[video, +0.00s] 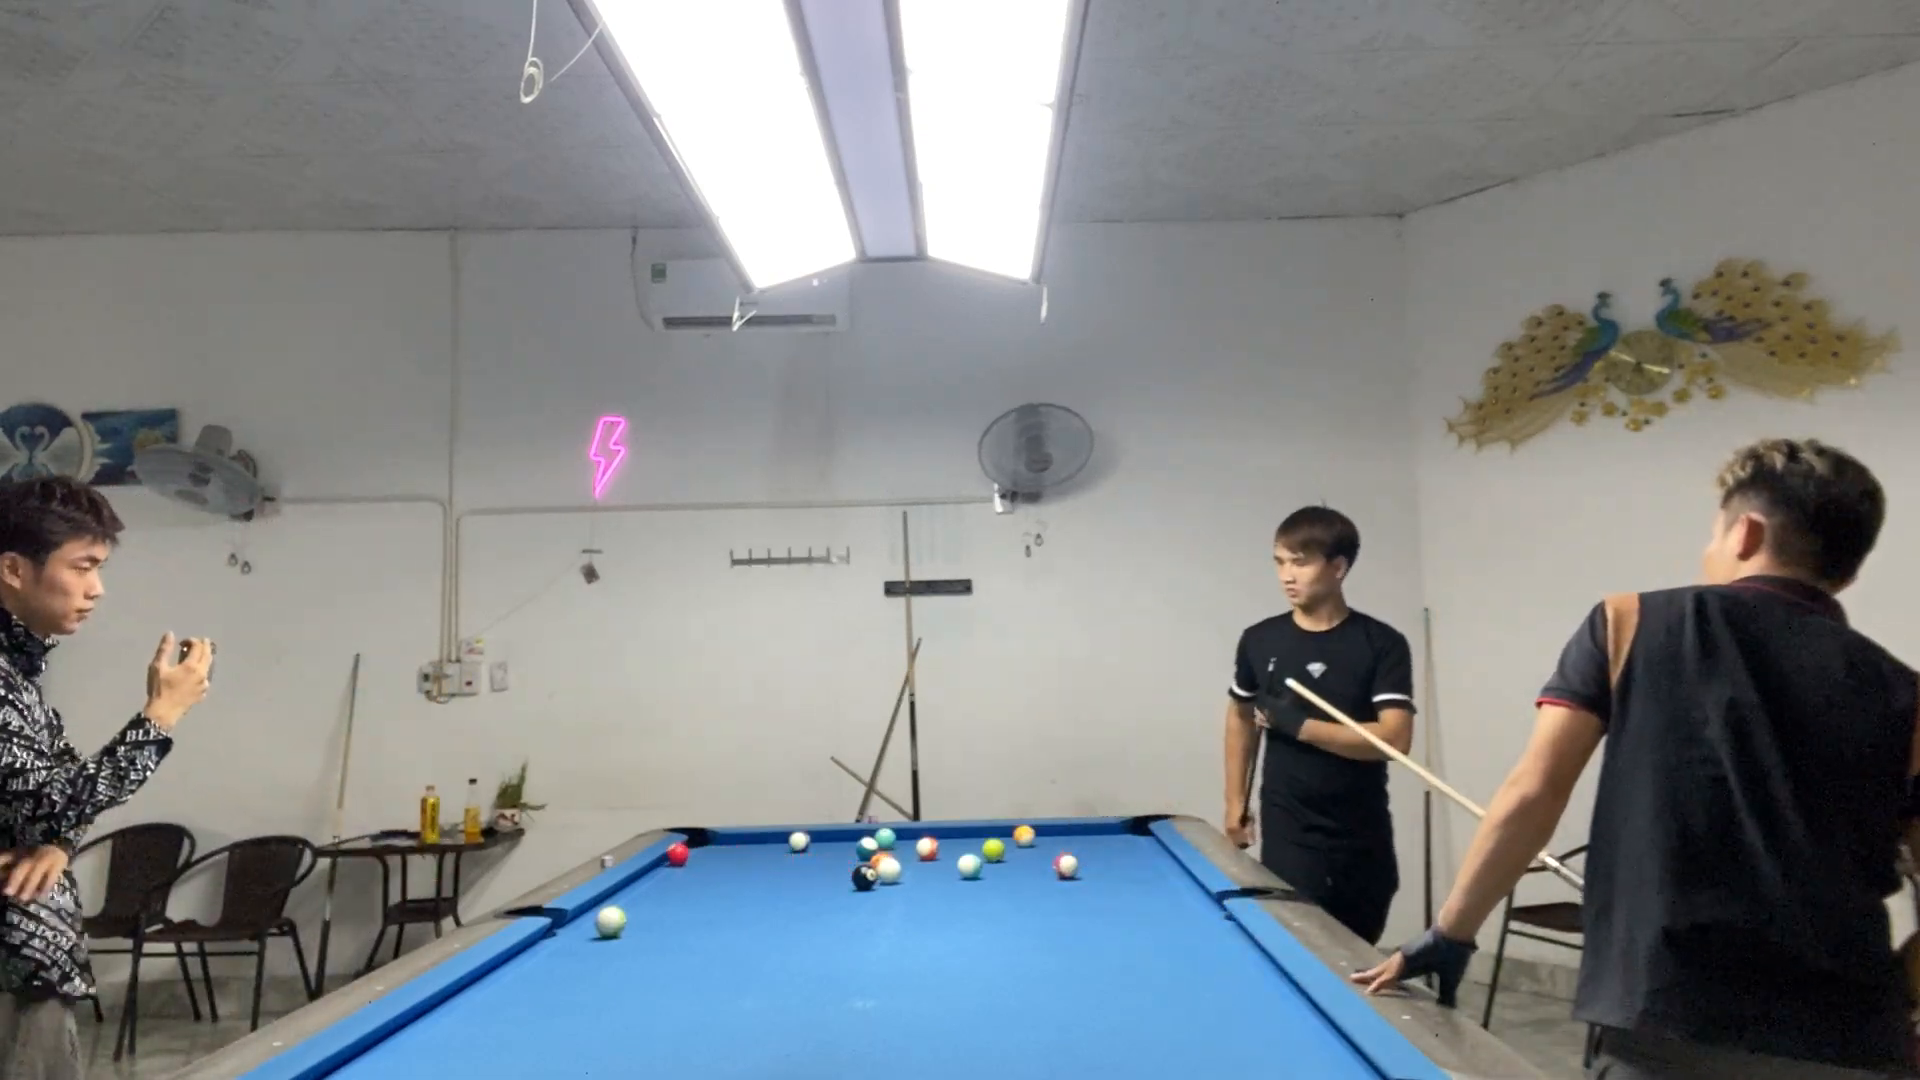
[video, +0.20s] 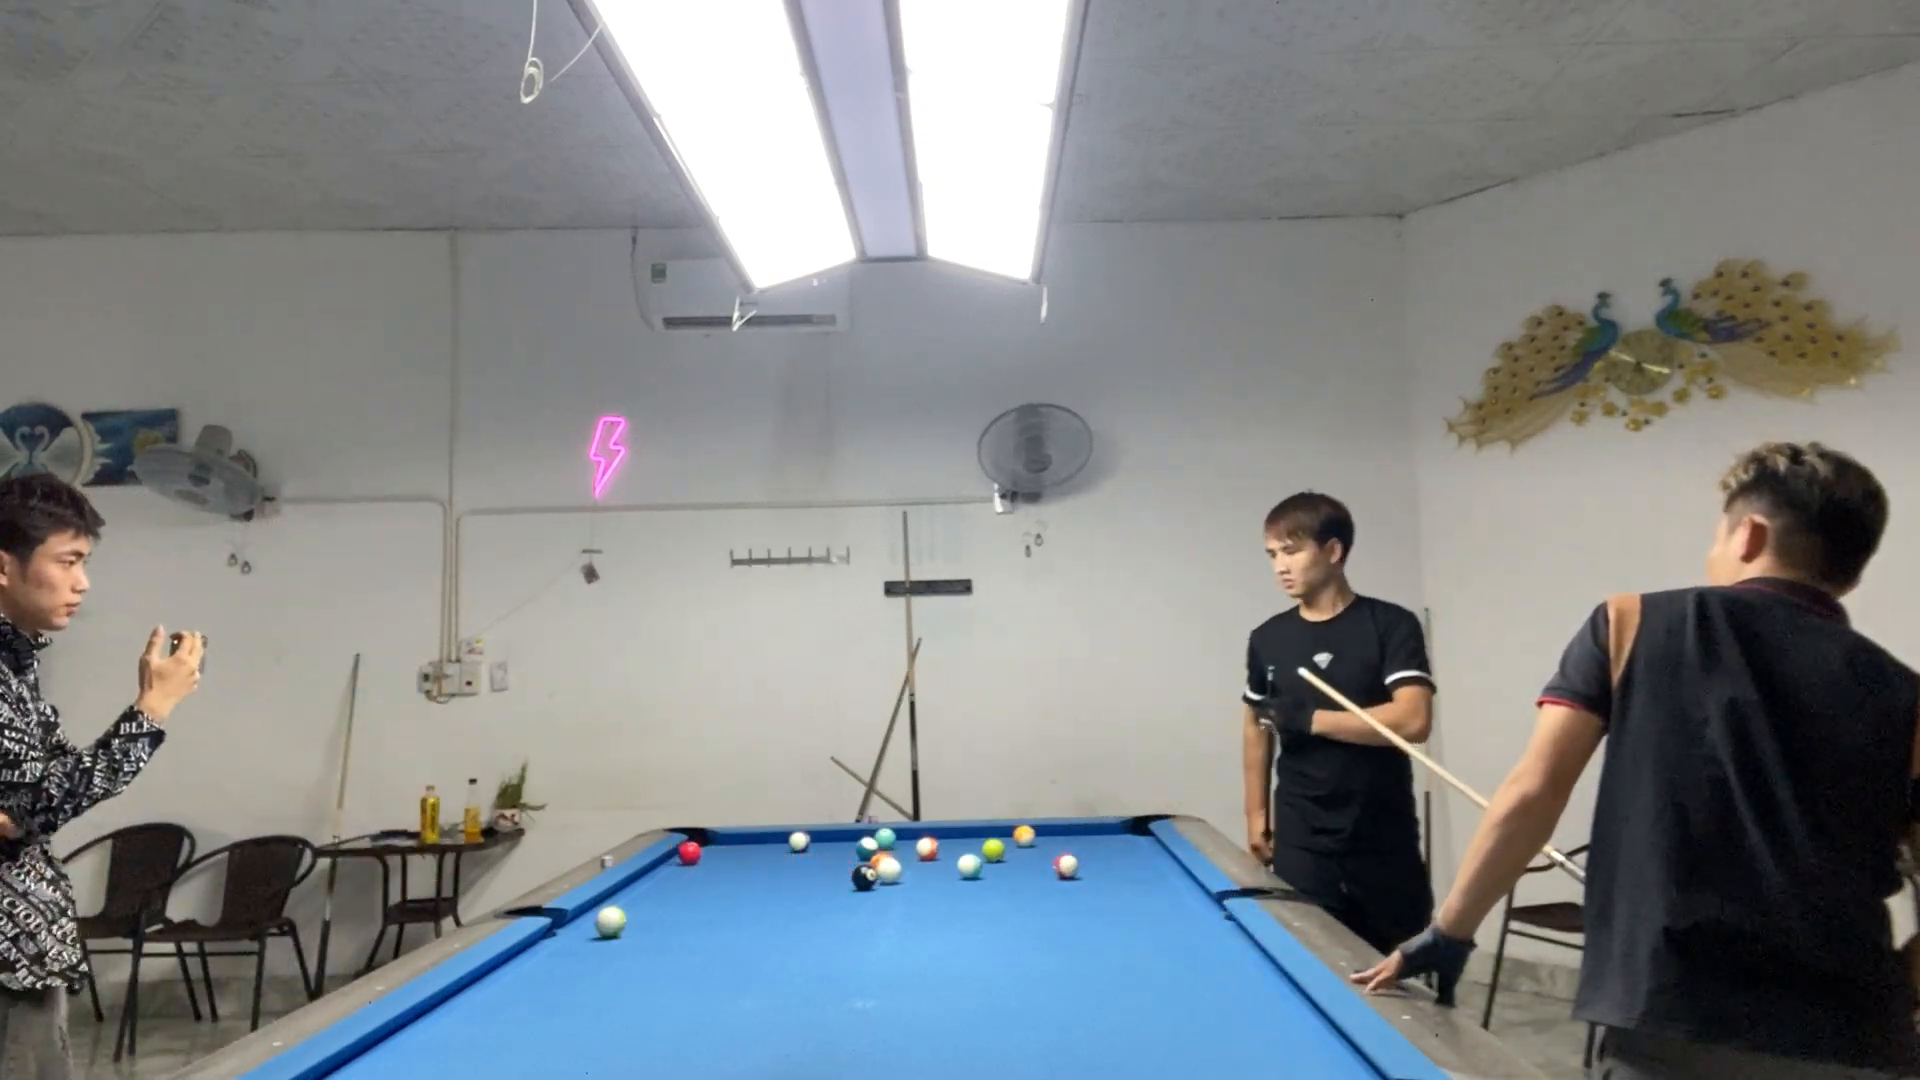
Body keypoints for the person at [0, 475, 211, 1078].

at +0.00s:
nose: (97, 588)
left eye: (99, 568)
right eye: (82, 566)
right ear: (14, 570)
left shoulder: (21, 673)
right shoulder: (3, 678)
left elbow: (69, 782)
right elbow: (46, 813)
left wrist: (56, 845)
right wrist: (159, 717)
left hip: (42, 980)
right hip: (21, 988)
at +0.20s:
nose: (82, 583)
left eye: (83, 563)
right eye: (68, 561)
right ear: (8, 566)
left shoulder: (19, 663)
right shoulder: (6, 668)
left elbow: (61, 774)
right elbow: (32, 802)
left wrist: (20, 816)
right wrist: (153, 708)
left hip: (39, 957)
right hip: (16, 965)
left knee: (52, 1067)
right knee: (37, 1068)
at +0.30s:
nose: (79, 581)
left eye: (79, 562)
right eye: (63, 560)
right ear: (6, 566)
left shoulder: (16, 666)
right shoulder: (5, 671)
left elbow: (46, 784)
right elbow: (33, 801)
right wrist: (148, 707)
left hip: (36, 961)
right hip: (15, 968)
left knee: (48, 1068)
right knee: (34, 1069)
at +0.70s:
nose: (72, 588)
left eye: (72, 568)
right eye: (60, 564)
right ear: (6, 566)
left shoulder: (9, 667)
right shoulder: (5, 670)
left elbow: (27, 795)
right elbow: (22, 801)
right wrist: (136, 719)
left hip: (24, 968)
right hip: (14, 972)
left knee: (36, 1068)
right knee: (32, 1069)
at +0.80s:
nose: (71, 589)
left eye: (72, 569)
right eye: (60, 566)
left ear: (19, 567)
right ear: (6, 565)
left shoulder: (8, 666)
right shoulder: (4, 668)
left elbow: (24, 796)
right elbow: (21, 800)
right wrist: (136, 720)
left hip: (22, 967)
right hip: (12, 971)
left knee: (33, 1068)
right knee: (31, 1069)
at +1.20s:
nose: (70, 592)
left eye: (70, 571)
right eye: (60, 568)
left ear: (19, 568)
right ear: (7, 566)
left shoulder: (7, 666)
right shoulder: (4, 669)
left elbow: (21, 796)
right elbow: (18, 802)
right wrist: (134, 723)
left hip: (20, 974)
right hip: (10, 978)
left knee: (30, 1067)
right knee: (27, 1069)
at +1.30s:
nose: (69, 591)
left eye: (70, 571)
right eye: (59, 567)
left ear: (18, 568)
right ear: (7, 566)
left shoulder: (7, 664)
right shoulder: (5, 666)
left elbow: (20, 797)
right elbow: (17, 803)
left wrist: (129, 724)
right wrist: (133, 724)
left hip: (19, 974)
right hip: (10, 978)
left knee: (30, 1068)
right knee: (28, 1069)